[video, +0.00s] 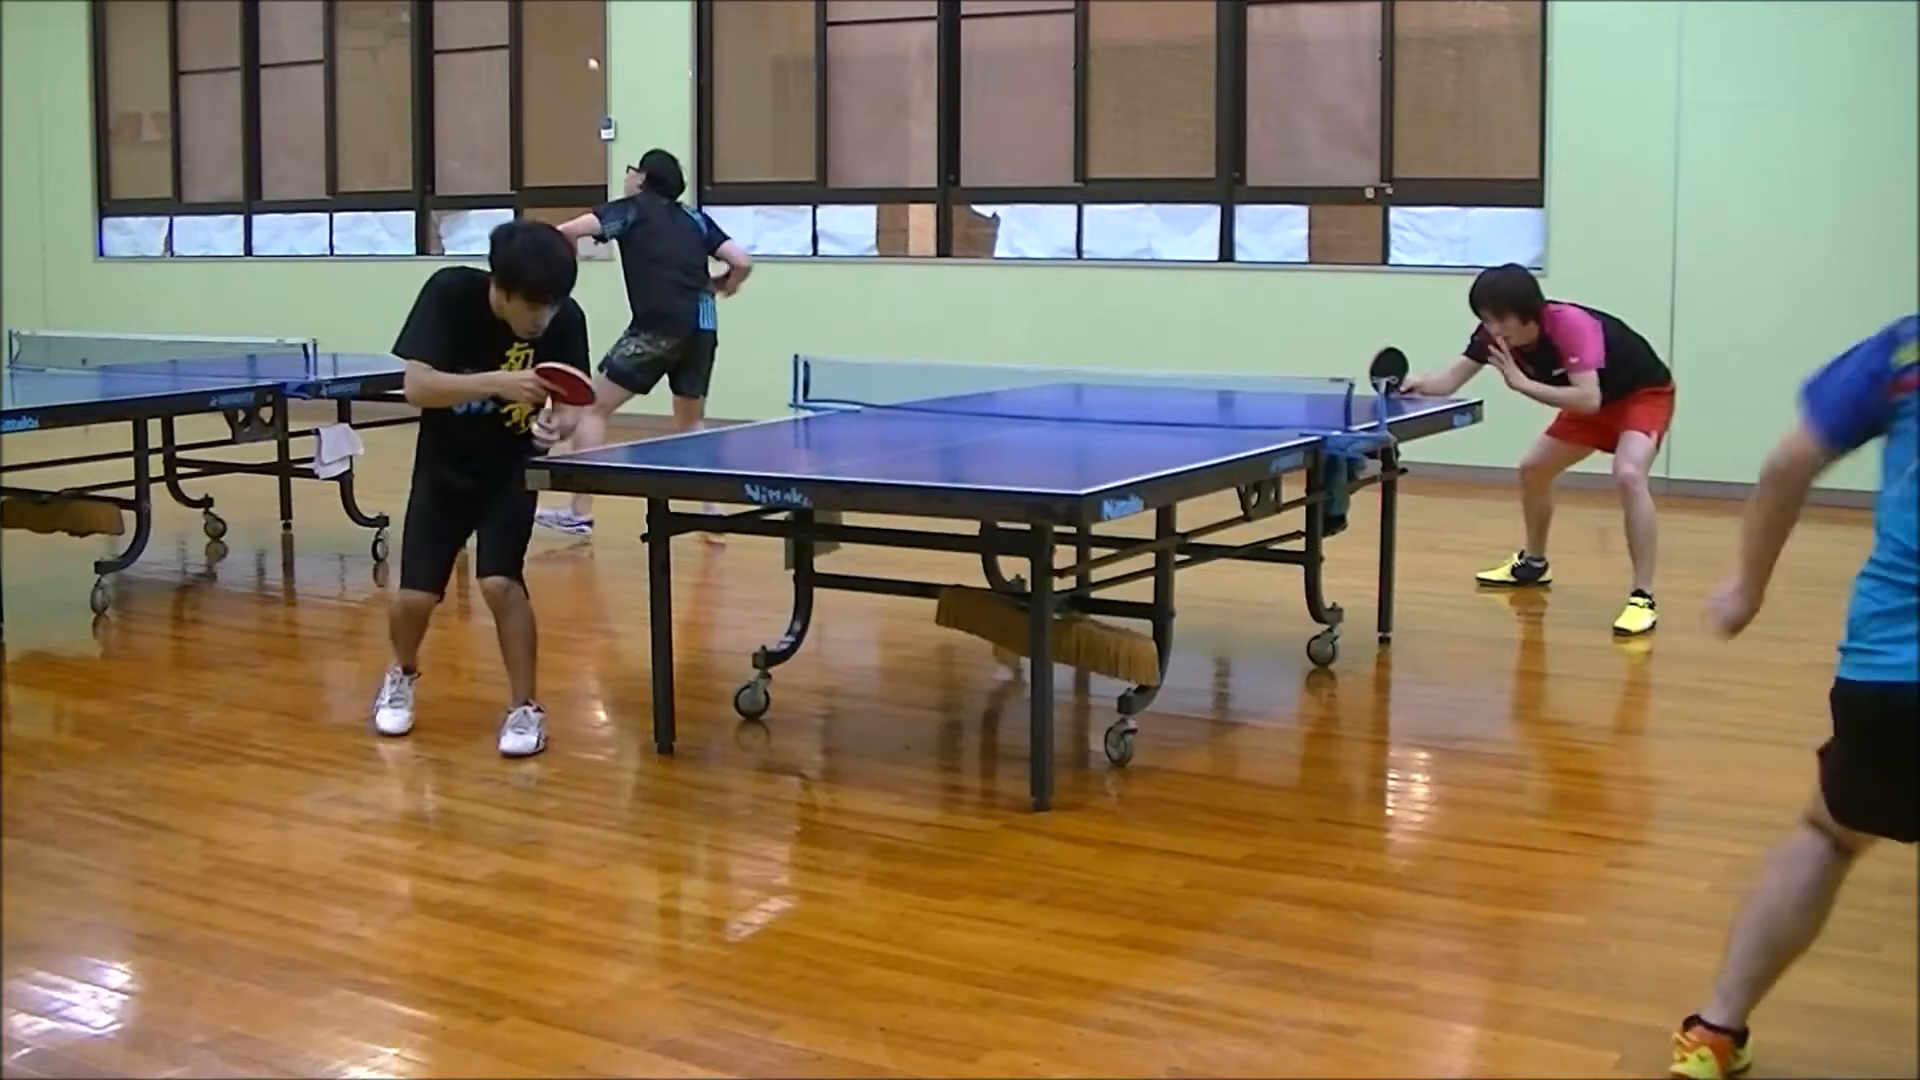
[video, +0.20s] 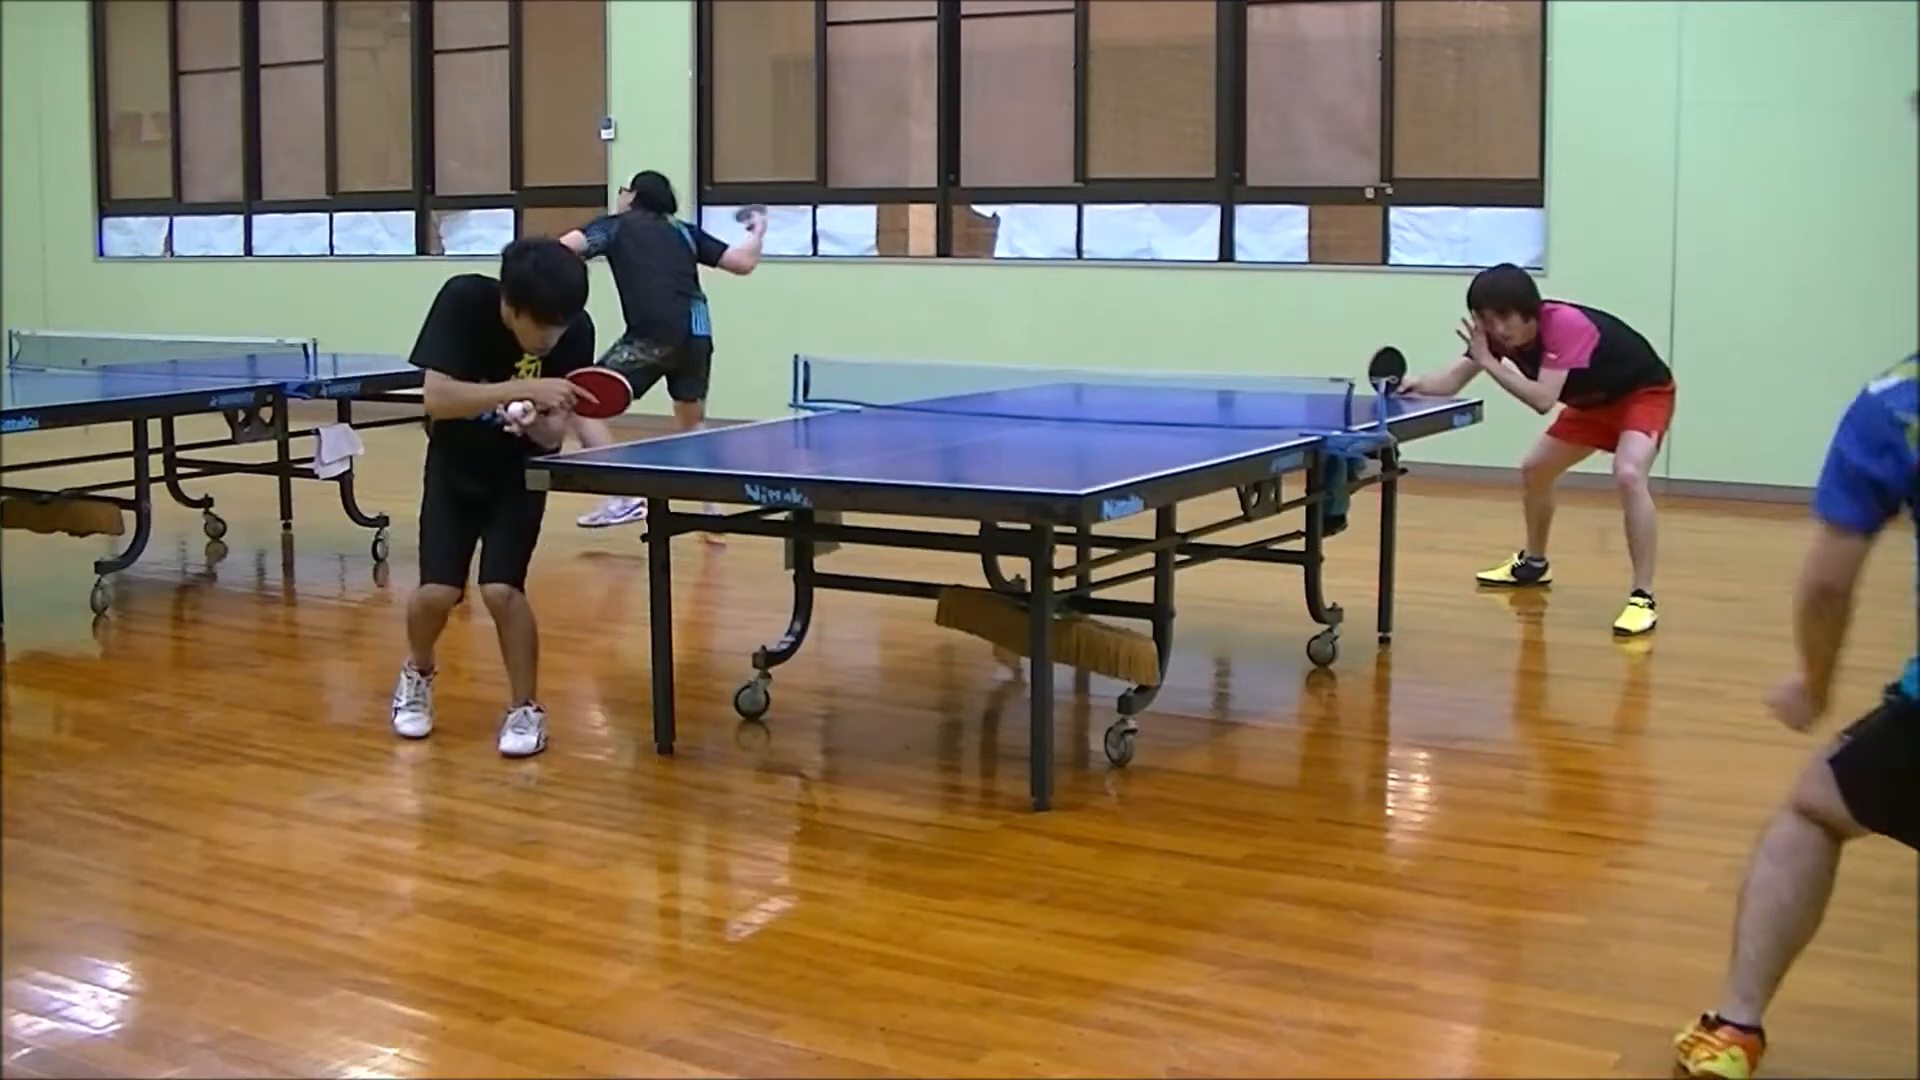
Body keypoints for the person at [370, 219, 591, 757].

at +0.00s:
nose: (544, 319)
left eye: (552, 306)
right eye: (533, 307)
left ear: (561, 292)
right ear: (498, 289)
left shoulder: (565, 320)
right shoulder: (449, 293)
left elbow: (572, 407)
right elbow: (417, 387)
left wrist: (556, 424)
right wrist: (498, 384)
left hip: (510, 467)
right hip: (443, 461)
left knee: (499, 583)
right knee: (414, 595)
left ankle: (525, 709)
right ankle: (402, 674)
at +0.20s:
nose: (550, 336)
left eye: (559, 326)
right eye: (541, 324)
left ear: (573, 312)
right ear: (508, 303)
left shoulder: (575, 332)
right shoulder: (462, 300)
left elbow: (558, 429)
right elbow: (436, 400)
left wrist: (535, 425)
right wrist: (527, 388)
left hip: (521, 463)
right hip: (455, 455)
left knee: (500, 590)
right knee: (438, 593)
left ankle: (524, 709)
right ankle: (418, 672)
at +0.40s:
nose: (553, 352)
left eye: (564, 342)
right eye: (543, 340)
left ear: (579, 325)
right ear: (514, 315)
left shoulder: (582, 338)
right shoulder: (469, 306)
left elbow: (551, 438)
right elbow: (443, 409)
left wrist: (531, 421)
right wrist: (535, 392)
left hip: (524, 465)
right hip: (457, 456)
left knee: (502, 592)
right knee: (449, 591)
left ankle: (525, 710)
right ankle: (423, 671)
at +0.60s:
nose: (560, 359)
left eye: (570, 348)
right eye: (551, 347)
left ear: (582, 331)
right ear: (518, 323)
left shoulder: (583, 346)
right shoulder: (471, 308)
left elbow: (549, 441)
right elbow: (443, 412)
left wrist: (525, 414)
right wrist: (534, 394)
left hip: (524, 466)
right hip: (457, 457)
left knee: (503, 593)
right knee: (453, 589)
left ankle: (524, 709)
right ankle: (426, 670)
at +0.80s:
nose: (564, 360)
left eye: (573, 349)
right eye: (555, 348)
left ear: (584, 333)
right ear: (520, 325)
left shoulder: (583, 344)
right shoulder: (472, 310)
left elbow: (552, 443)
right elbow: (443, 414)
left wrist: (528, 419)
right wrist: (532, 394)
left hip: (523, 466)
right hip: (456, 458)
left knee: (504, 593)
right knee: (456, 588)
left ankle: (524, 709)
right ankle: (428, 671)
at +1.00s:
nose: (563, 357)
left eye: (572, 347)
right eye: (554, 346)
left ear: (582, 329)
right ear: (520, 323)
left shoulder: (581, 338)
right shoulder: (470, 310)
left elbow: (553, 436)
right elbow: (440, 414)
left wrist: (536, 430)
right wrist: (530, 392)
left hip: (521, 462)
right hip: (455, 456)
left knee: (505, 591)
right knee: (455, 587)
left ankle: (524, 709)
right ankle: (428, 671)